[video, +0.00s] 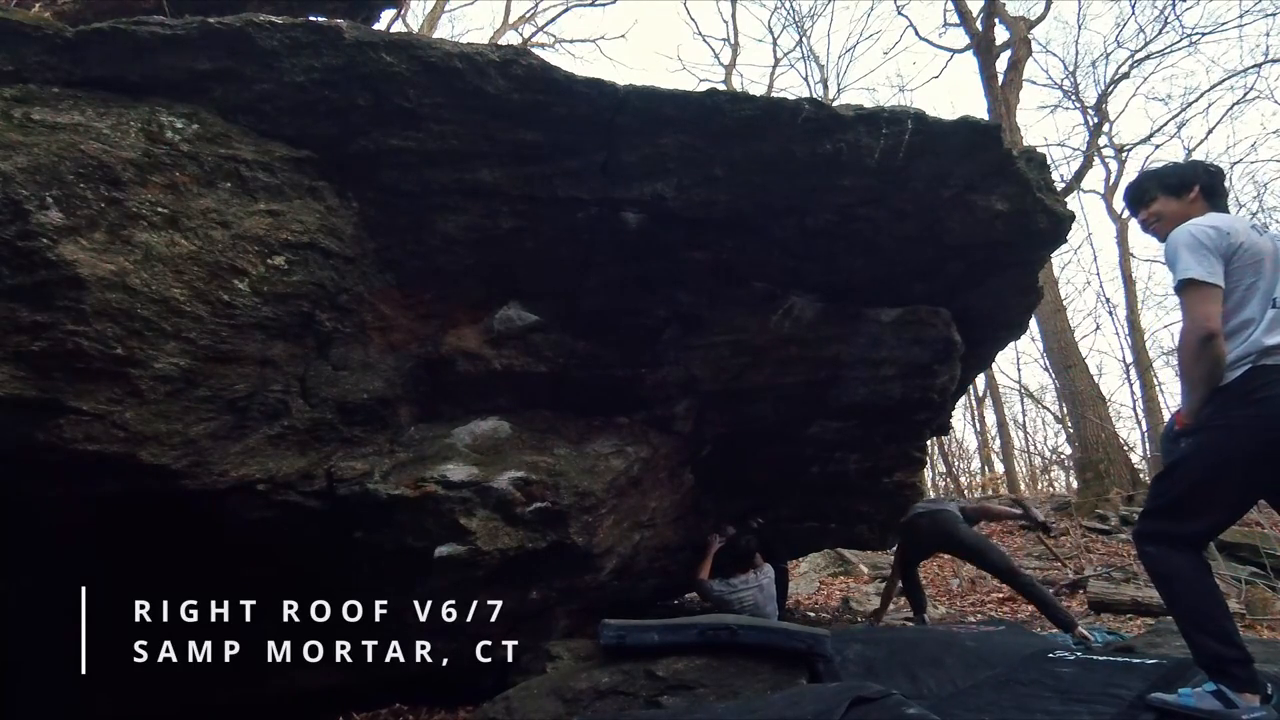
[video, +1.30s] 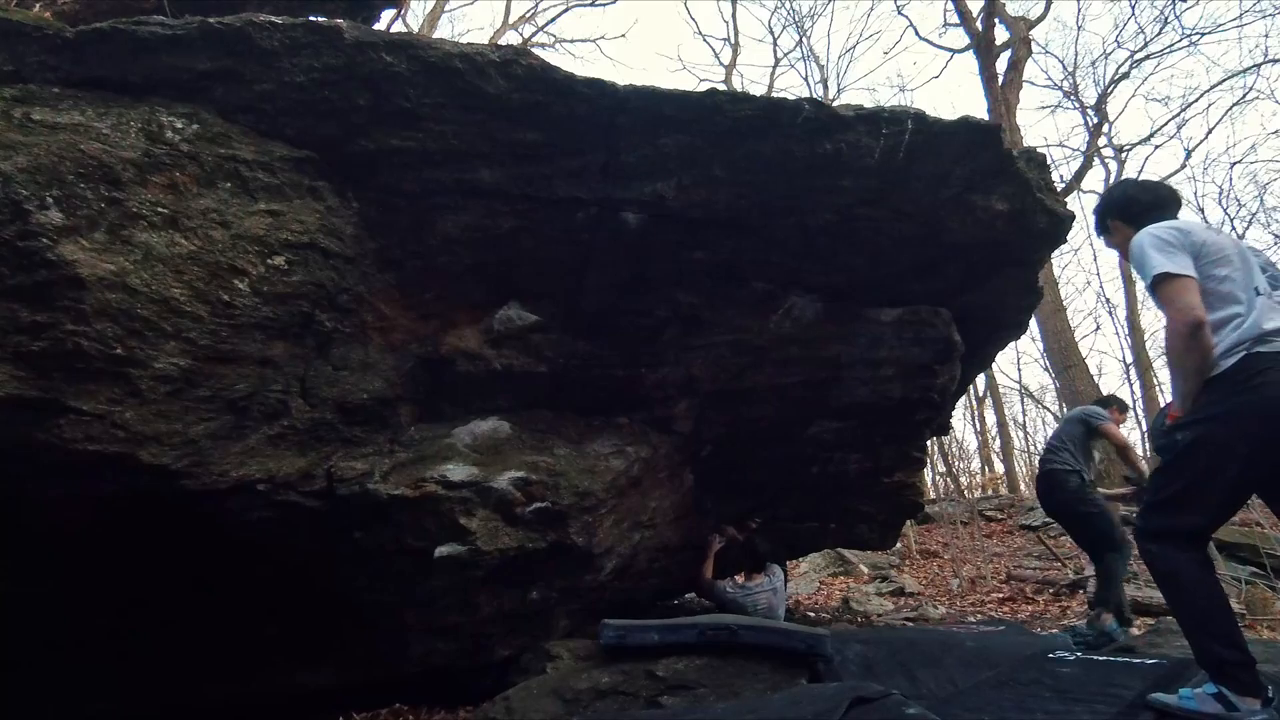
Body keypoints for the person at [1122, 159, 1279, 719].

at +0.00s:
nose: (1146, 224)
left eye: (1150, 210)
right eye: (1141, 218)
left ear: (1192, 192)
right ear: (1200, 197)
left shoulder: (1195, 233)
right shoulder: (1258, 236)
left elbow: (1205, 334)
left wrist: (1193, 410)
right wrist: (1199, 408)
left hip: (1258, 392)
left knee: (1163, 533)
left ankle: (1235, 683)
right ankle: (1237, 680)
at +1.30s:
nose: (1117, 254)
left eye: (1111, 240)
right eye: (1110, 245)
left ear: (1124, 224)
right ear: (1165, 211)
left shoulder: (1152, 237)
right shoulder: (1238, 246)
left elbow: (1190, 320)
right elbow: (1272, 295)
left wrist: (1181, 408)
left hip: (1252, 382)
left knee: (1164, 527)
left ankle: (1238, 686)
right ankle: (1242, 683)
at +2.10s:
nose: (998, 278)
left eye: (996, 271)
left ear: (1003, 266)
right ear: (1049, 250)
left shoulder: (1017, 279)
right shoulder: (1103, 274)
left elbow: (1054, 348)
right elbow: (1165, 327)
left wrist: (1093, 428)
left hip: (1146, 391)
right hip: (1216, 380)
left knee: (1158, 559)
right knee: (1269, 542)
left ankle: (1236, 704)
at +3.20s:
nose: (1036, 259)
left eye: (1035, 252)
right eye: (1033, 253)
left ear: (1047, 244)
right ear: (1091, 239)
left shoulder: (1054, 264)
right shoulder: (1144, 264)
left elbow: (1080, 337)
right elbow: (1183, 325)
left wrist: (1104, 417)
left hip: (1156, 386)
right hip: (1220, 382)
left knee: (1177, 551)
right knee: (1250, 535)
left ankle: (1240, 698)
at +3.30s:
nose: (1039, 265)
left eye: (1037, 256)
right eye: (1035, 258)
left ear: (1049, 244)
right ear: (1093, 239)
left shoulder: (1065, 260)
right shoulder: (1140, 266)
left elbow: (1095, 334)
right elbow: (1180, 328)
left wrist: (1116, 417)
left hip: (1169, 384)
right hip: (1227, 384)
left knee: (1175, 547)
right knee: (1248, 536)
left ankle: (1240, 694)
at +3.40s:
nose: (1044, 271)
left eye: (1040, 261)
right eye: (1038, 264)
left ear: (1053, 244)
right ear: (1094, 237)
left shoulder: (1075, 258)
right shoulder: (1147, 267)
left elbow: (1109, 326)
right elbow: (1191, 330)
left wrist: (1125, 410)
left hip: (1180, 385)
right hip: (1232, 384)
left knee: (1180, 544)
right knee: (1248, 533)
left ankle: (1241, 694)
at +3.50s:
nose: (1043, 269)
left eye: (1041, 257)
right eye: (1038, 261)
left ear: (1056, 243)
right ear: (1089, 233)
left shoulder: (1086, 254)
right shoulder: (1141, 265)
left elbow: (1123, 320)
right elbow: (1190, 330)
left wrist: (1134, 406)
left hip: (1186, 386)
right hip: (1230, 385)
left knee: (1188, 540)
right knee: (1246, 533)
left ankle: (1241, 692)